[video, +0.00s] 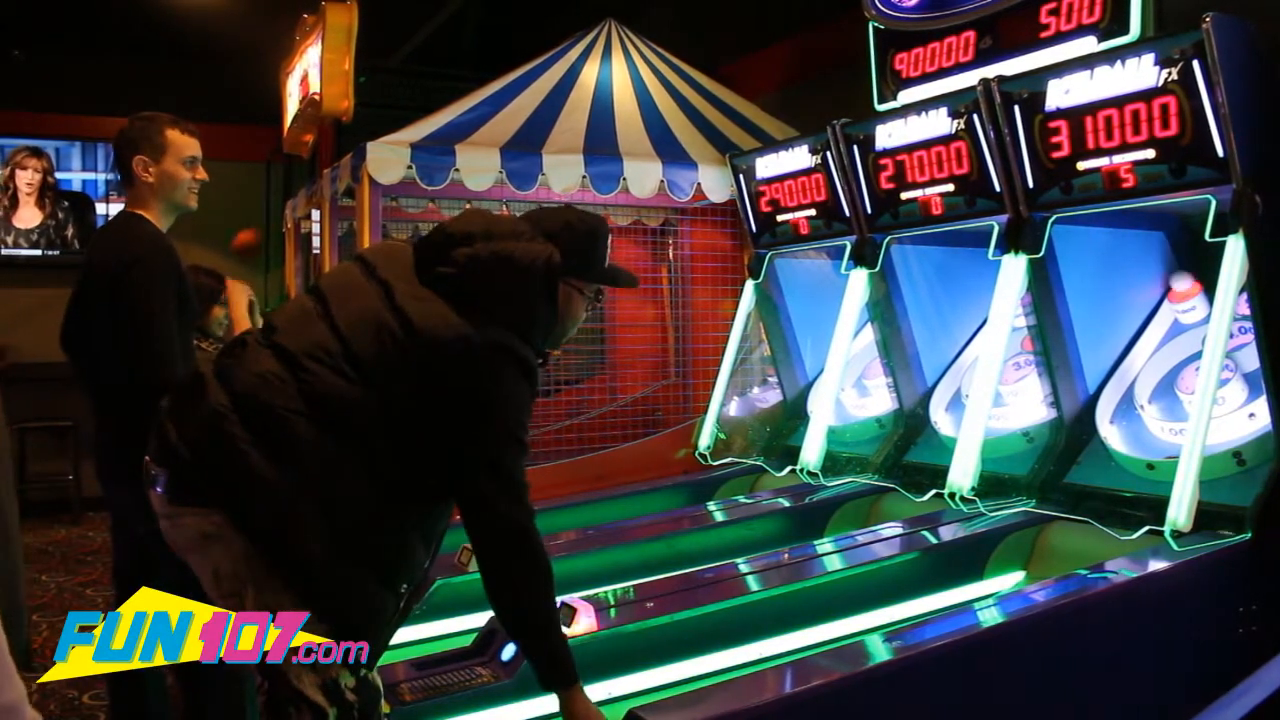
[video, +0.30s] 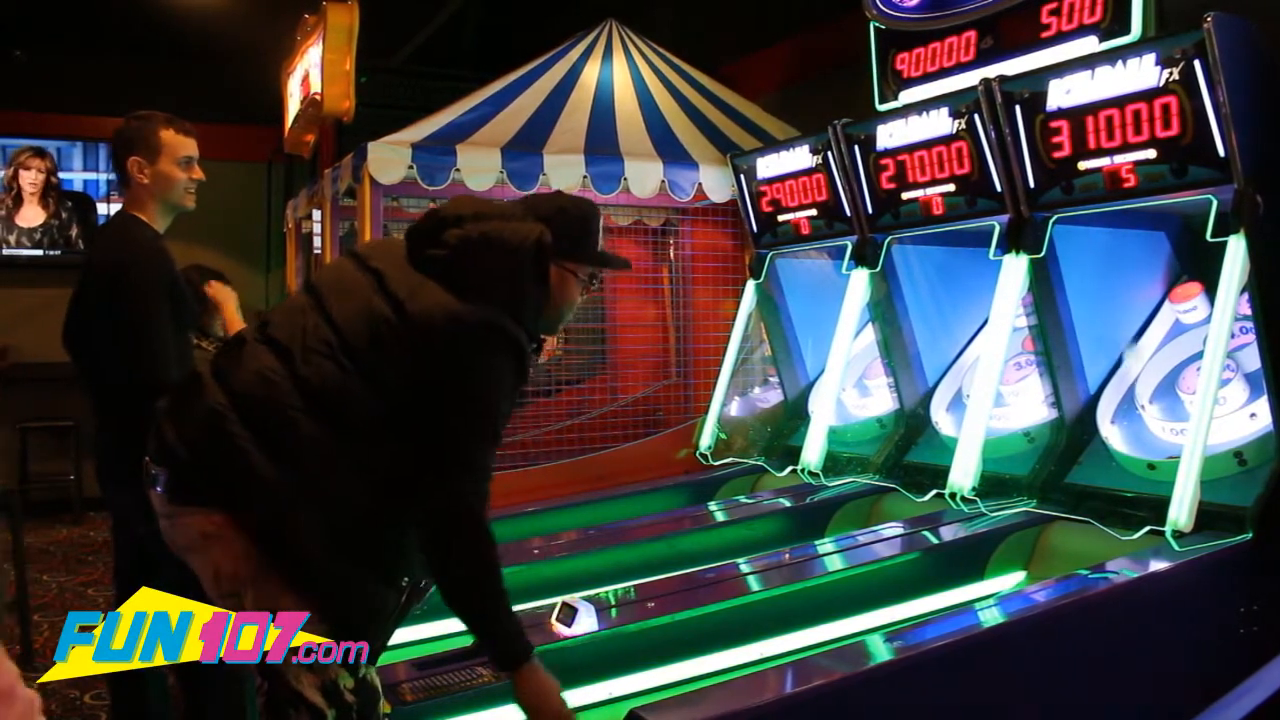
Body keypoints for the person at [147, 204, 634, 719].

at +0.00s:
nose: (587, 314)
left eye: (593, 299)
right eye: (586, 297)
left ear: (515, 254)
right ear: (556, 289)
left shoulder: (400, 259)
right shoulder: (492, 354)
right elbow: (505, 532)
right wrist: (568, 687)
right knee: (334, 693)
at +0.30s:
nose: (583, 297)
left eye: (589, 282)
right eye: (581, 279)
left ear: (515, 251)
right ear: (547, 267)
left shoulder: (397, 258)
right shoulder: (482, 334)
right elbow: (453, 517)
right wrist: (522, 666)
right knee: (318, 693)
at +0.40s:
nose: (581, 295)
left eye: (586, 280)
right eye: (578, 277)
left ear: (514, 251)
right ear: (541, 265)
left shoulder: (402, 257)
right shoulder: (479, 334)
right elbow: (435, 510)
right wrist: (489, 665)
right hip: (244, 504)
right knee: (323, 688)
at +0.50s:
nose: (576, 293)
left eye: (582, 279)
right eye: (574, 276)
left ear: (514, 251)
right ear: (539, 264)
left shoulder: (401, 255)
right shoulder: (475, 332)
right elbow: (417, 505)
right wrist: (447, 662)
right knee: (322, 686)